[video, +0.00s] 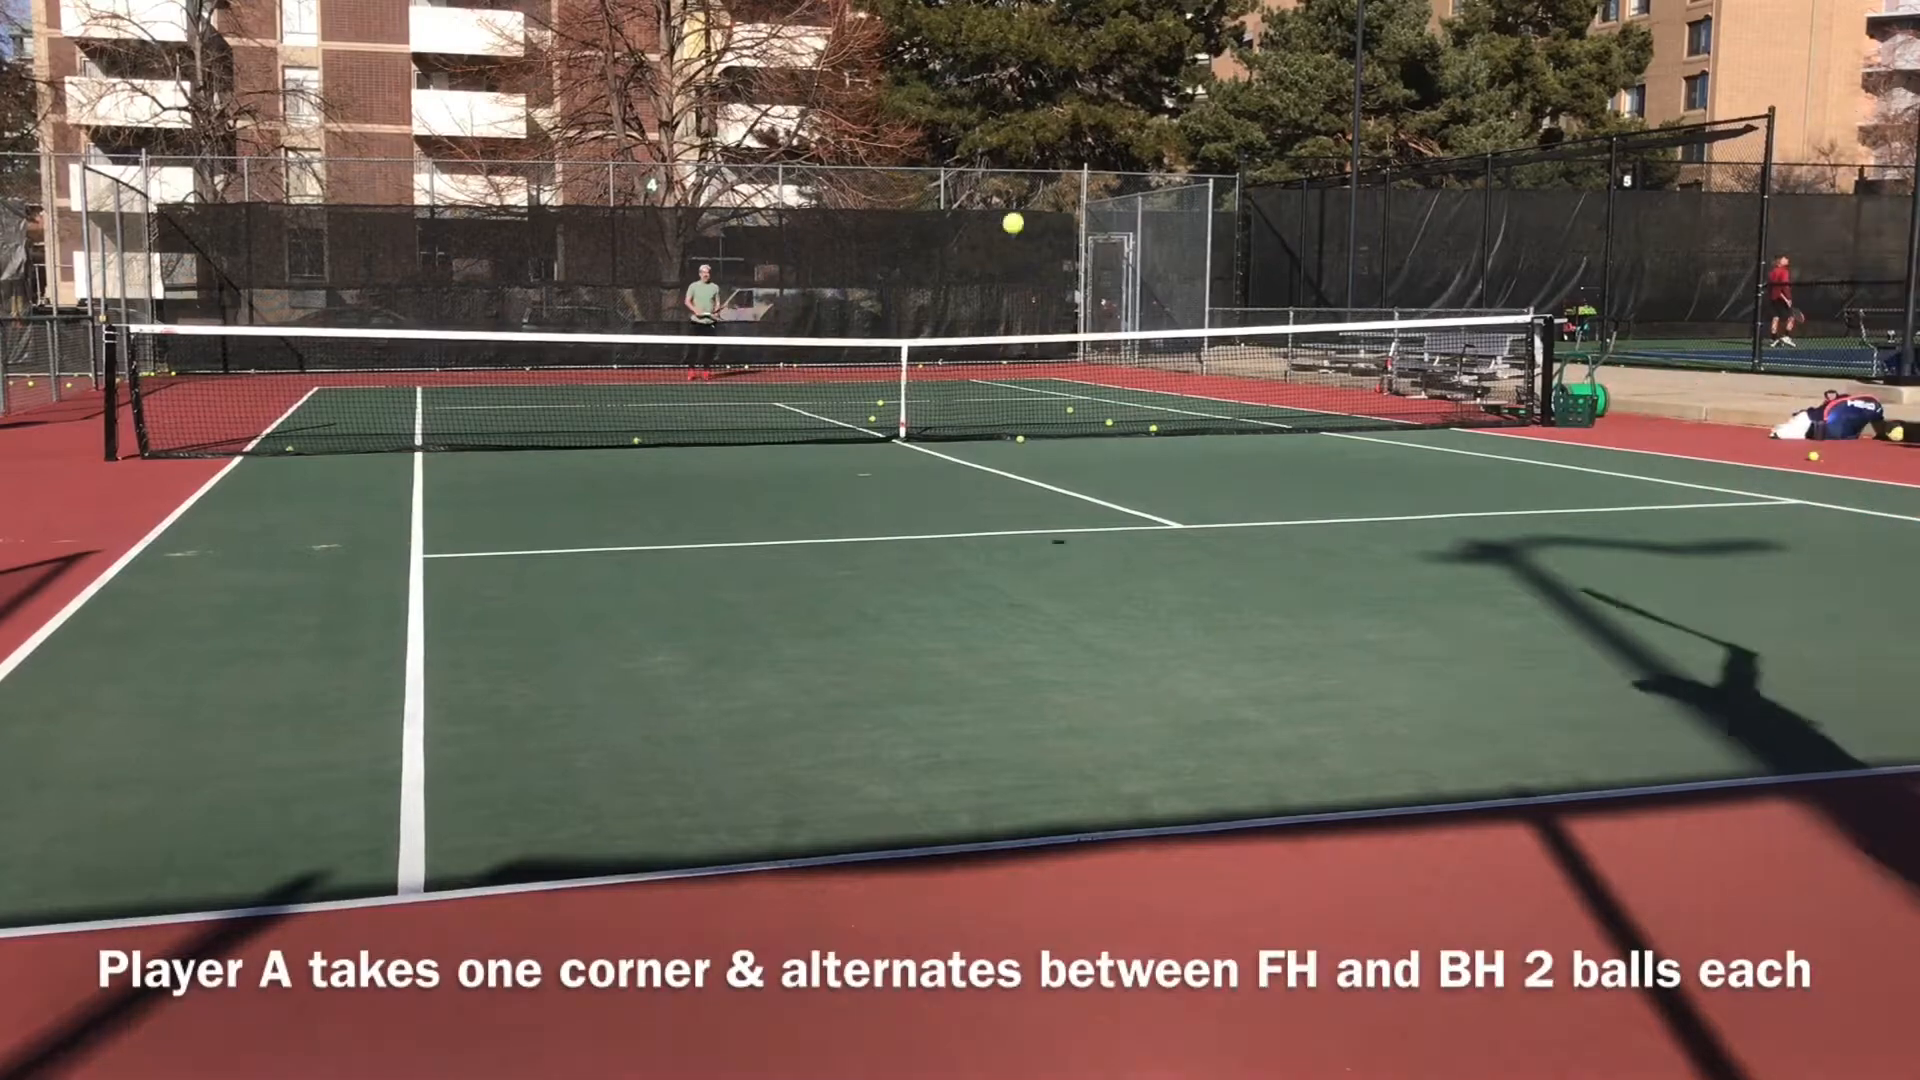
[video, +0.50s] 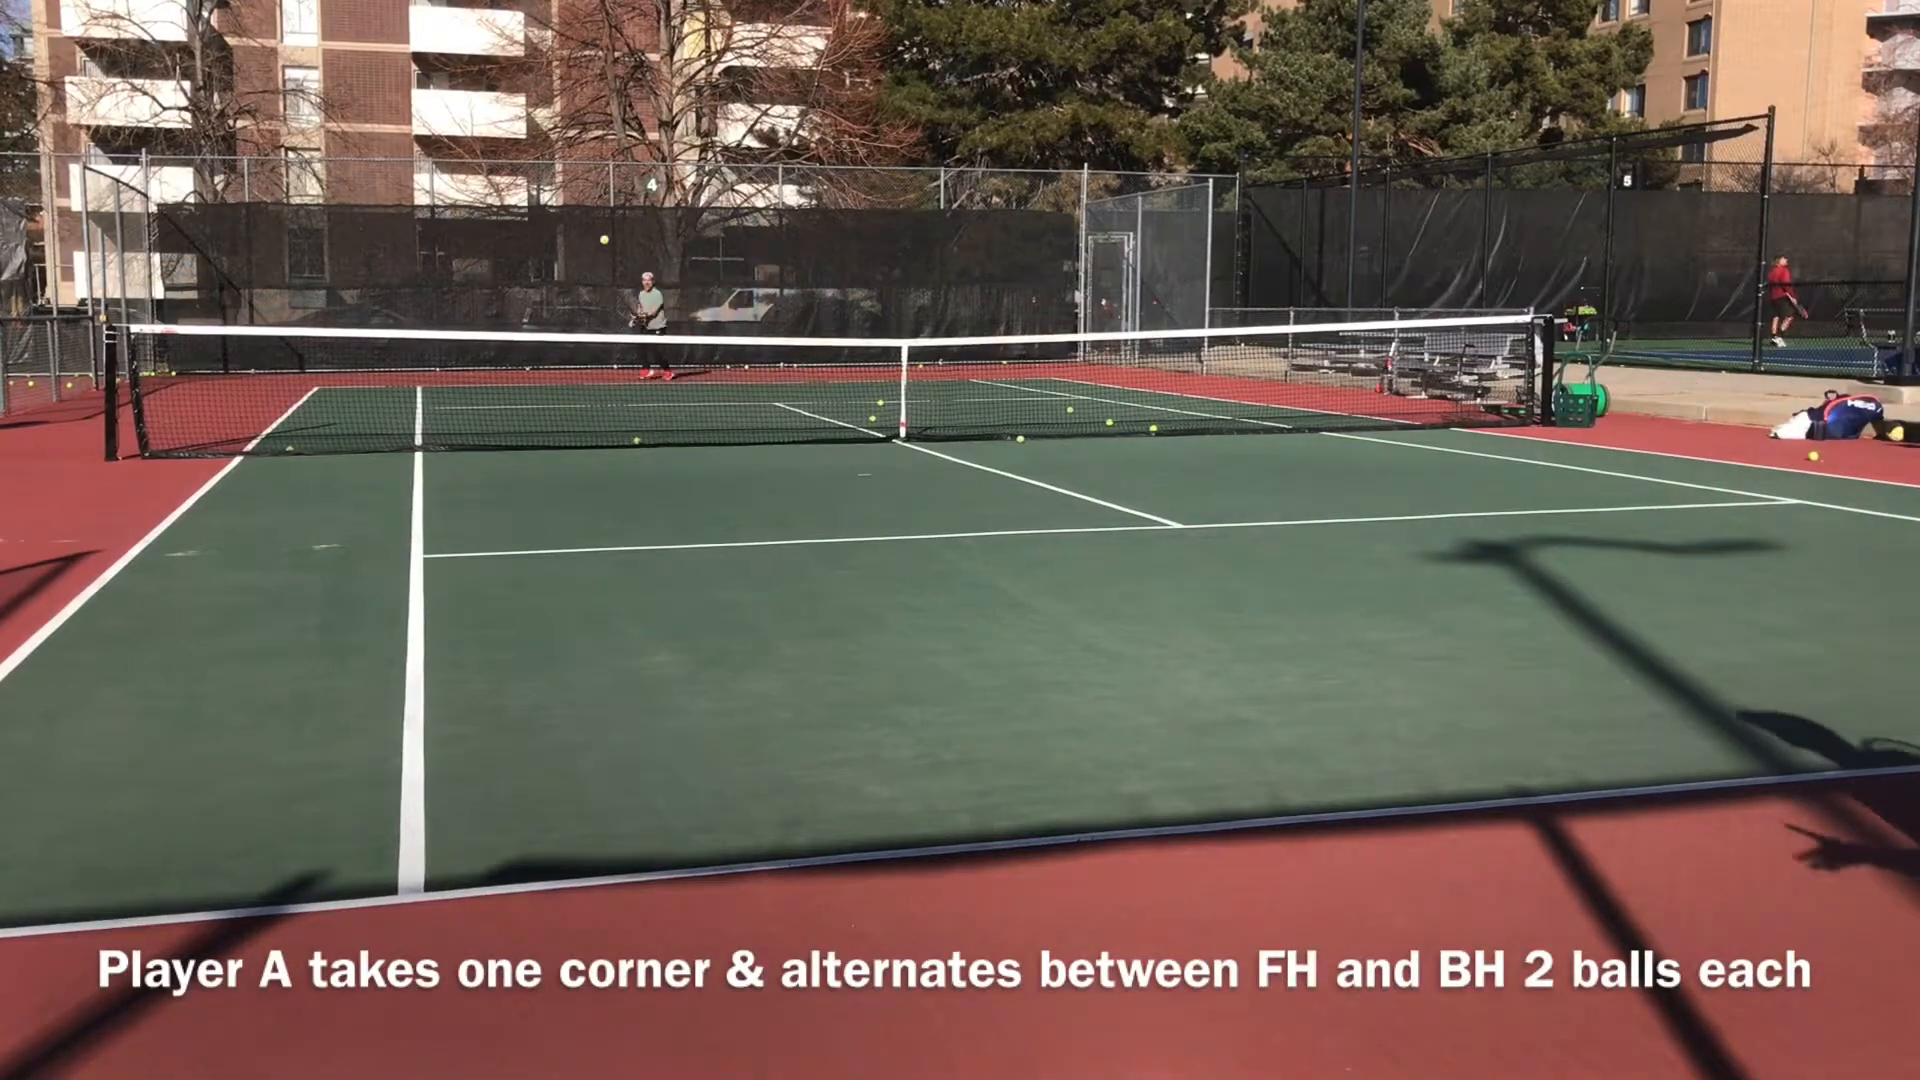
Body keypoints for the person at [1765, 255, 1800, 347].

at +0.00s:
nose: (1787, 261)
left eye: (1786, 259)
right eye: (1784, 259)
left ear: (1777, 262)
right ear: (1779, 261)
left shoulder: (1772, 272)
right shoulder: (1784, 271)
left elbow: (1771, 285)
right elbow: (1785, 285)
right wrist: (1788, 298)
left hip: (1773, 297)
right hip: (1782, 297)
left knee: (1775, 317)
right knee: (1791, 316)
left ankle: (1774, 337)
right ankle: (1786, 335)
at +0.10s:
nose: (1787, 261)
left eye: (1786, 259)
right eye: (1784, 259)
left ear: (1777, 262)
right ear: (1780, 261)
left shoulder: (1772, 271)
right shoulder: (1784, 271)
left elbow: (1770, 284)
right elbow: (1785, 285)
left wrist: (1772, 294)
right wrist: (1789, 297)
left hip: (1773, 297)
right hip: (1782, 296)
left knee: (1775, 317)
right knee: (1791, 316)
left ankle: (1774, 337)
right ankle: (1786, 335)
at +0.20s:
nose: (1786, 261)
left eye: (1786, 259)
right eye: (1784, 259)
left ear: (1777, 262)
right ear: (1779, 261)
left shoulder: (1772, 272)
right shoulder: (1784, 271)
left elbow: (1770, 284)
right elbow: (1785, 285)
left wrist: (1773, 294)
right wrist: (1791, 297)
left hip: (1773, 297)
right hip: (1782, 297)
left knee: (1775, 317)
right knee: (1790, 316)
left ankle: (1774, 338)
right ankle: (1786, 336)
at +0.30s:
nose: (1786, 261)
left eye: (1786, 259)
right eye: (1784, 259)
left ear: (1776, 261)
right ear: (1779, 261)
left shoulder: (1771, 271)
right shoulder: (1783, 270)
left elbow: (1770, 284)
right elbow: (1785, 284)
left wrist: (1773, 294)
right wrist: (1791, 297)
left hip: (1773, 297)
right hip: (1782, 296)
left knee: (1776, 316)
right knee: (1790, 316)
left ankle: (1773, 337)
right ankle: (1785, 336)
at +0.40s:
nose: (1786, 261)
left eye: (1785, 259)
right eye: (1784, 259)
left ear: (1776, 262)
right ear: (1778, 261)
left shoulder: (1772, 271)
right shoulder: (1783, 271)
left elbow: (1771, 284)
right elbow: (1785, 284)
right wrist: (1792, 296)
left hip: (1773, 297)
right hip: (1782, 296)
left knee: (1776, 316)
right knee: (1789, 315)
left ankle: (1773, 337)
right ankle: (1783, 337)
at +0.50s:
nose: (1786, 261)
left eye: (1785, 259)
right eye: (1784, 259)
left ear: (1776, 262)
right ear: (1779, 261)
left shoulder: (1772, 271)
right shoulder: (1784, 270)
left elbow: (1770, 284)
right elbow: (1786, 284)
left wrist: (1773, 293)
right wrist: (1792, 296)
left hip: (1773, 297)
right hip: (1782, 296)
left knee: (1776, 316)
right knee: (1789, 315)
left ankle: (1774, 336)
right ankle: (1780, 334)